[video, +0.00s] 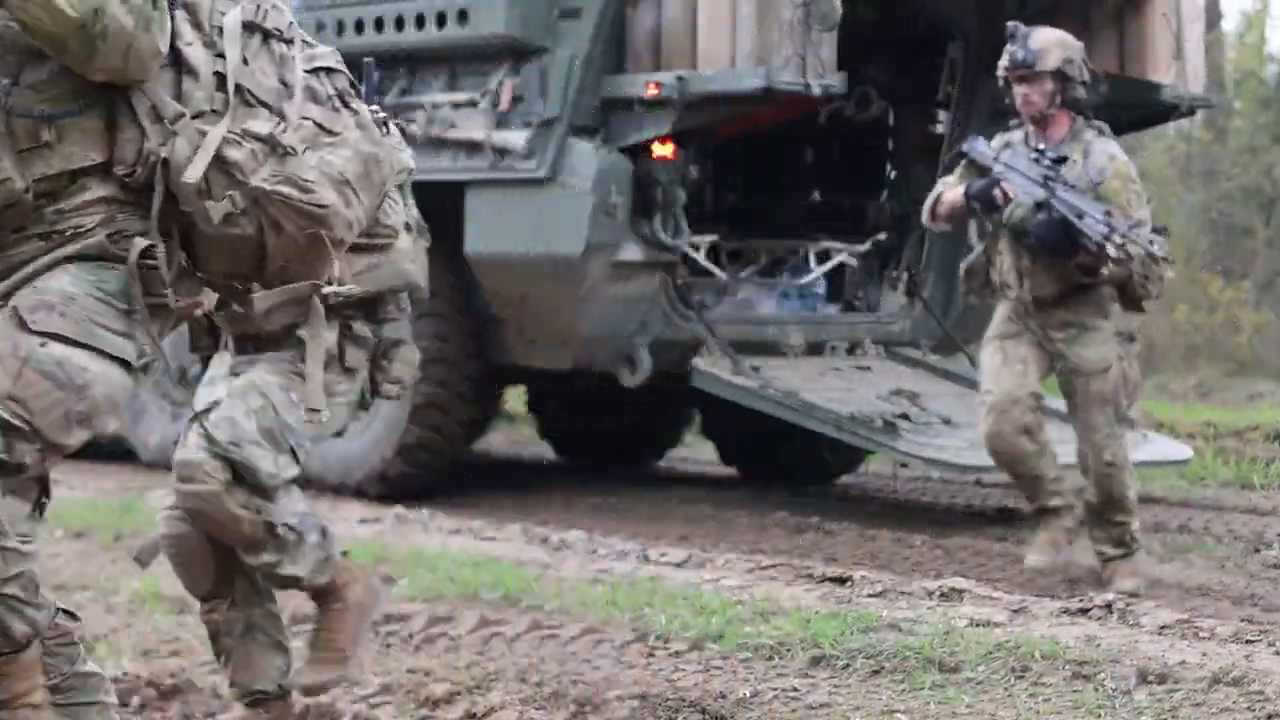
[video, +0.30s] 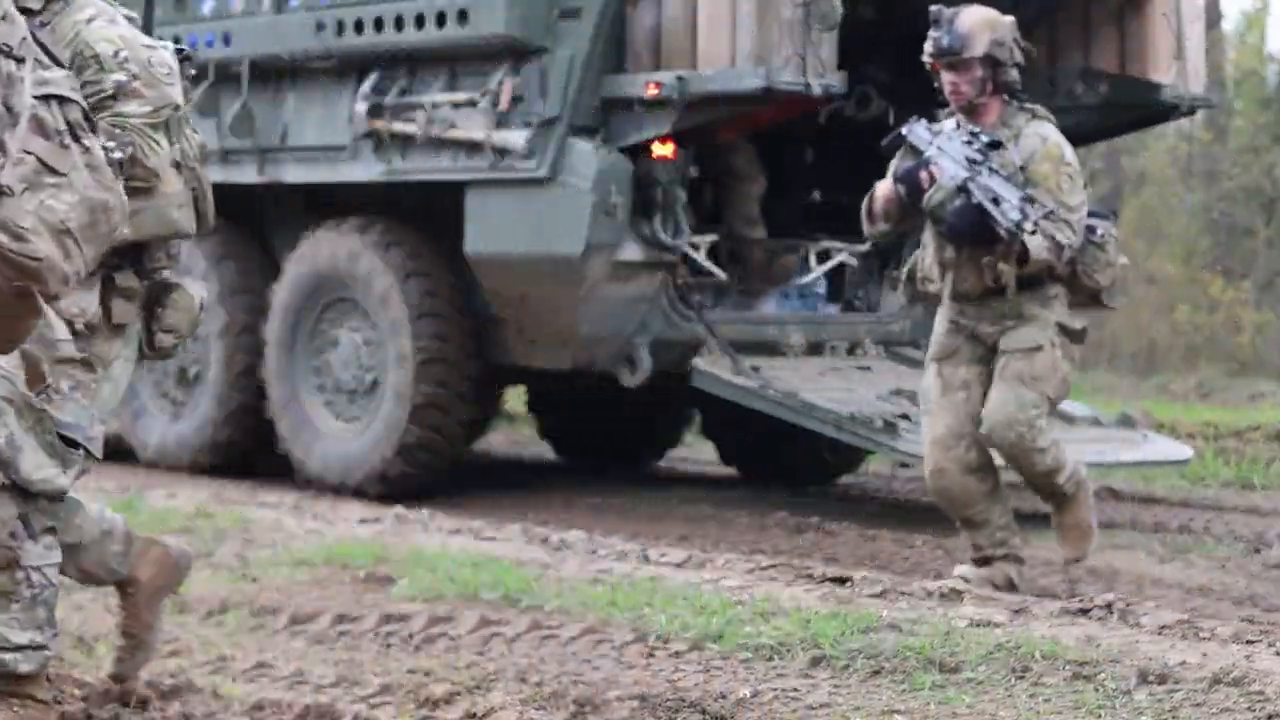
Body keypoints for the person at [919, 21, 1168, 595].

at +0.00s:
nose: (1022, 94)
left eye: (1034, 83)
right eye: (1017, 84)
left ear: (1064, 87)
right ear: (1011, 89)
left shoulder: (1105, 158)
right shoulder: (999, 150)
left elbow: (1134, 256)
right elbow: (933, 211)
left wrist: (1093, 260)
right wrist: (976, 196)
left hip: (1085, 319)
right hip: (1015, 317)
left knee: (1101, 447)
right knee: (1004, 427)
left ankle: (1119, 553)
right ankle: (1058, 515)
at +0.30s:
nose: (949, 82)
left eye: (962, 69)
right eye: (943, 69)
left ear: (996, 72)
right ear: (935, 71)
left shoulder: (1041, 142)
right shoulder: (932, 138)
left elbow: (1061, 242)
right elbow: (878, 222)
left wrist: (1001, 243)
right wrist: (897, 191)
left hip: (1032, 314)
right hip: (959, 315)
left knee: (1008, 421)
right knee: (949, 458)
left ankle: (1069, 496)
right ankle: (998, 564)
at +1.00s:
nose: (685, 117)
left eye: (698, 103)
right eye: (681, 103)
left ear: (743, 103)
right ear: (685, 104)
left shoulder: (795, 186)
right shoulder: (691, 181)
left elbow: (793, 300)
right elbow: (634, 286)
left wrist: (706, 329)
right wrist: (634, 243)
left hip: (777, 398)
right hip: (693, 395)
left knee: (734, 533)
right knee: (665, 561)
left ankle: (836, 609)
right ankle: (738, 683)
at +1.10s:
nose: (628, 116)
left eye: (642, 103)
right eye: (625, 102)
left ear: (689, 105)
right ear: (627, 105)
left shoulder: (736, 195)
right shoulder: (635, 181)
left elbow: (737, 318)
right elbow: (577, 287)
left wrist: (634, 329)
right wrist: (572, 248)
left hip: (715, 402)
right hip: (634, 401)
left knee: (638, 530)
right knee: (633, 559)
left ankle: (665, 702)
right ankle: (741, 686)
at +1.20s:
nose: (566, 109)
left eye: (580, 94)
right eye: (562, 94)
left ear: (628, 94)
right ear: (563, 93)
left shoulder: (673, 194)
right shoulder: (579, 178)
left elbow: (664, 321)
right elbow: (516, 285)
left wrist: (556, 334)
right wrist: (501, 244)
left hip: (635, 418)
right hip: (574, 410)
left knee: (563, 570)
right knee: (622, 585)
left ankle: (551, 708)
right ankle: (748, 694)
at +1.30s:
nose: (489, 95)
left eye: (504, 81)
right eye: (488, 80)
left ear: (554, 86)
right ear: (503, 84)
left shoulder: (601, 186)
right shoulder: (505, 164)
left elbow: (588, 317)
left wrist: (479, 326)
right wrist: (438, 238)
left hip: (566, 411)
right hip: (489, 405)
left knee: (508, 591)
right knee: (480, 588)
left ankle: (551, 706)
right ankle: (622, 620)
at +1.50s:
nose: (301, 26)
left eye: (316, 12)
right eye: (298, 13)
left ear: (365, 17)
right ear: (334, 22)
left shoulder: (418, 111)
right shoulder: (332, 99)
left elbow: (421, 252)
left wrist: (316, 284)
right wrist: (264, 163)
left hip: (423, 354)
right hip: (334, 351)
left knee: (454, 566)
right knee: (237, 495)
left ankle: (533, 702)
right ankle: (235, 686)